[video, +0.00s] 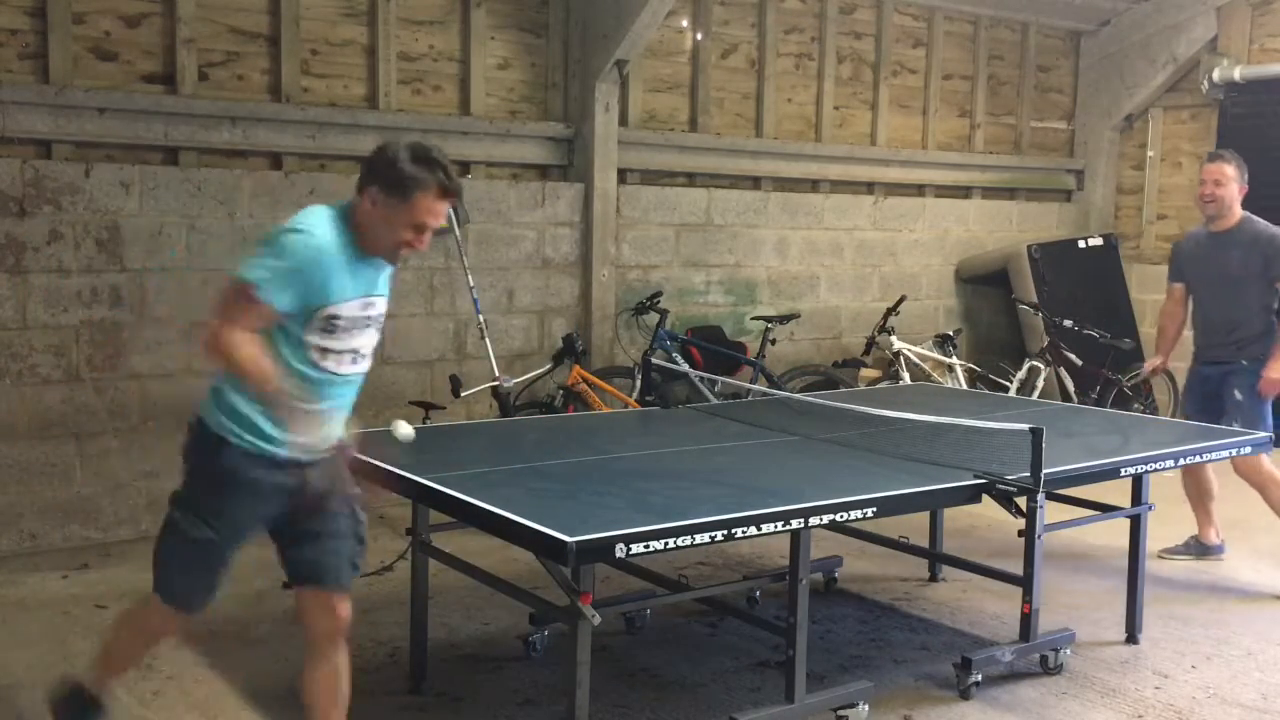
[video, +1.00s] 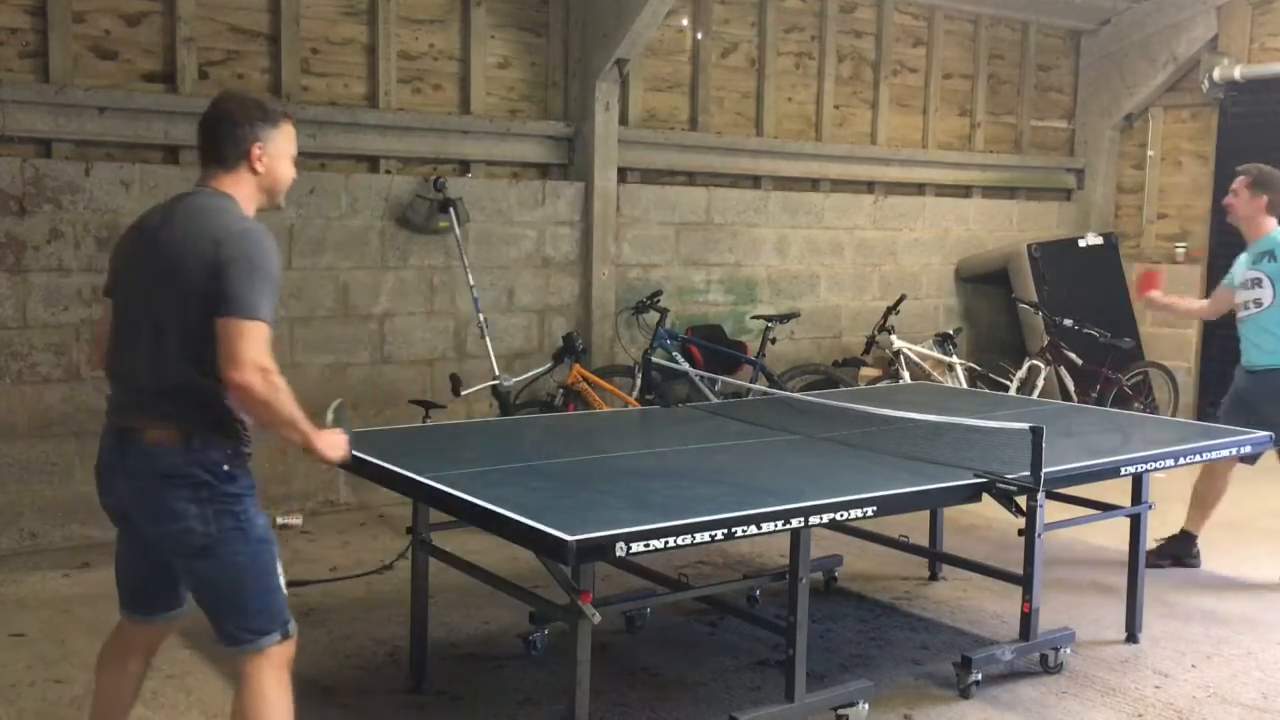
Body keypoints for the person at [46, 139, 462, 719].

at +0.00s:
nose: (422, 245)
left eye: (432, 233)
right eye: (415, 229)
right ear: (370, 203)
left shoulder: (379, 258)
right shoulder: (308, 244)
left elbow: (323, 348)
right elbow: (228, 330)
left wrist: (334, 430)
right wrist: (291, 403)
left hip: (318, 461)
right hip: (240, 453)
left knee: (332, 618)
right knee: (175, 604)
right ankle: (86, 694)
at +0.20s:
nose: (489, 225)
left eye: (492, 211)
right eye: (484, 210)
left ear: (427, 202)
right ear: (441, 205)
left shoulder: (328, 237)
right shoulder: (441, 266)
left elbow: (251, 324)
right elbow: (476, 329)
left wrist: (254, 399)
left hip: (358, 484)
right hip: (307, 482)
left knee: (348, 631)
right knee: (220, 647)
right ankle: (96, 566)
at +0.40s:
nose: (265, 165)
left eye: (267, 150)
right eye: (260, 150)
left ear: (208, 145)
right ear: (222, 145)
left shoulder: (124, 213)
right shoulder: (196, 224)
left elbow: (103, 351)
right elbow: (199, 365)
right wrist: (273, 454)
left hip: (110, 445)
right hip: (167, 451)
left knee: (121, 618)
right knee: (215, 636)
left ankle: (98, 709)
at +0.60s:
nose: (255, 163)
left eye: (255, 150)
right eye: (248, 150)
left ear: (199, 149)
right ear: (209, 148)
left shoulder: (134, 210)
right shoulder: (178, 220)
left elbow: (99, 349)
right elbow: (168, 356)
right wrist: (234, 446)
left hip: (107, 441)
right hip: (148, 448)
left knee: (130, 615)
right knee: (217, 630)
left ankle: (97, 711)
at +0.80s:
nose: (256, 160)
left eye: (256, 146)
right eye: (250, 145)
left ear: (201, 147)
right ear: (214, 146)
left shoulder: (125, 217)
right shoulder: (188, 227)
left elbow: (95, 350)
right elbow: (175, 357)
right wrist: (245, 439)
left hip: (111, 447)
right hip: (164, 455)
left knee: (133, 615)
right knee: (244, 629)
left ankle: (99, 712)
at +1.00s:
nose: (295, 171)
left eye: (296, 156)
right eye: (290, 156)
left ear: (233, 156)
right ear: (256, 156)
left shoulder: (145, 229)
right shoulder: (245, 241)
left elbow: (108, 354)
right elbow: (245, 372)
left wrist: (196, 382)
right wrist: (314, 438)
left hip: (129, 458)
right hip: (197, 468)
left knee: (143, 622)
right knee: (268, 645)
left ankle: (102, 714)